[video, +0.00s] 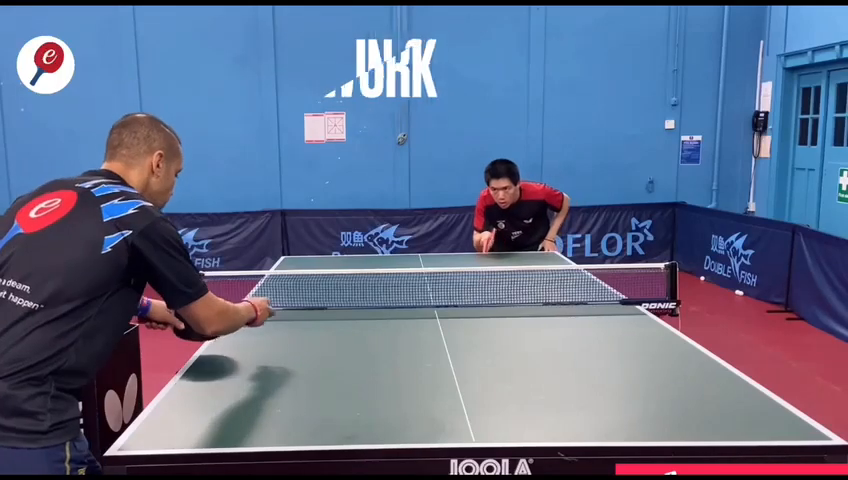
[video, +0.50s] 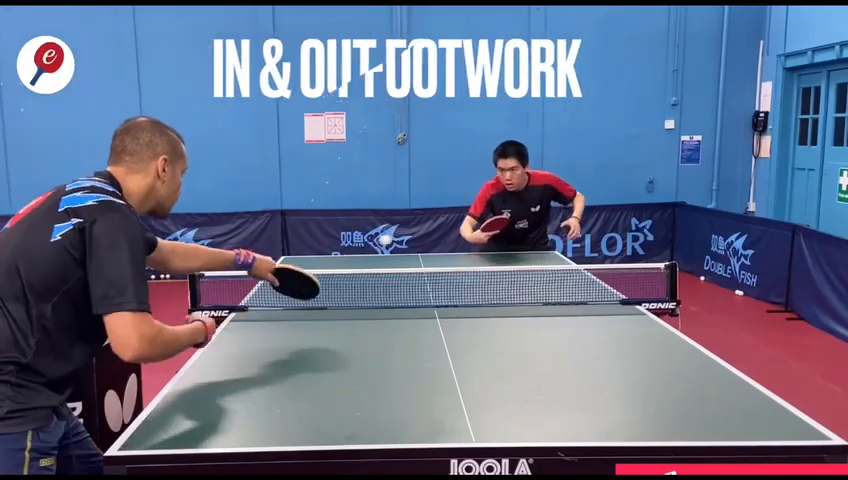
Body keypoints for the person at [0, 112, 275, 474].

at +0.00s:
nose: (172, 192)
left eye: (177, 179)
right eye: (175, 177)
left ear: (111, 155)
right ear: (156, 164)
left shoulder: (41, 195)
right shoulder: (142, 220)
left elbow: (65, 284)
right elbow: (207, 321)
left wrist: (151, 310)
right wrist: (247, 312)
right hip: (35, 431)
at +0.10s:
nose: (174, 197)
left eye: (179, 184)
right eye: (178, 182)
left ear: (116, 158)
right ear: (160, 168)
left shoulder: (45, 196)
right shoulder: (142, 219)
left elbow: (63, 282)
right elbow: (203, 331)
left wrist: (147, 314)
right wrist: (251, 327)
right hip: (35, 426)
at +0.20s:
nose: (182, 204)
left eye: (186, 191)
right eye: (185, 188)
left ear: (123, 167)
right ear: (167, 176)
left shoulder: (49, 202)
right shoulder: (143, 226)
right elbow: (195, 347)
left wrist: (142, 310)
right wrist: (250, 340)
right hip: (30, 425)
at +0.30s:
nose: (187, 209)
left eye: (192, 195)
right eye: (191, 194)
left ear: (128, 174)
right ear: (171, 185)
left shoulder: (64, 207)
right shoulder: (137, 233)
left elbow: (87, 296)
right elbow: (171, 356)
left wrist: (172, 305)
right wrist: (236, 344)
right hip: (23, 418)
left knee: (91, 464)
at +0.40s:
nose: (183, 204)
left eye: (187, 191)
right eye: (186, 189)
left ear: (123, 173)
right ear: (166, 181)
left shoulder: (77, 207)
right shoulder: (121, 227)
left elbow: (162, 269)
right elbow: (151, 349)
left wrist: (236, 283)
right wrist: (221, 338)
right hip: (19, 414)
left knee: (96, 467)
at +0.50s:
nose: (179, 191)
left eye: (183, 177)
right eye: (181, 176)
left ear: (118, 161)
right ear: (161, 169)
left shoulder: (80, 195)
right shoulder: (112, 217)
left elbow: (163, 254)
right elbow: (134, 342)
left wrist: (248, 260)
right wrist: (201, 330)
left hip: (40, 402)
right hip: (16, 412)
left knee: (92, 469)